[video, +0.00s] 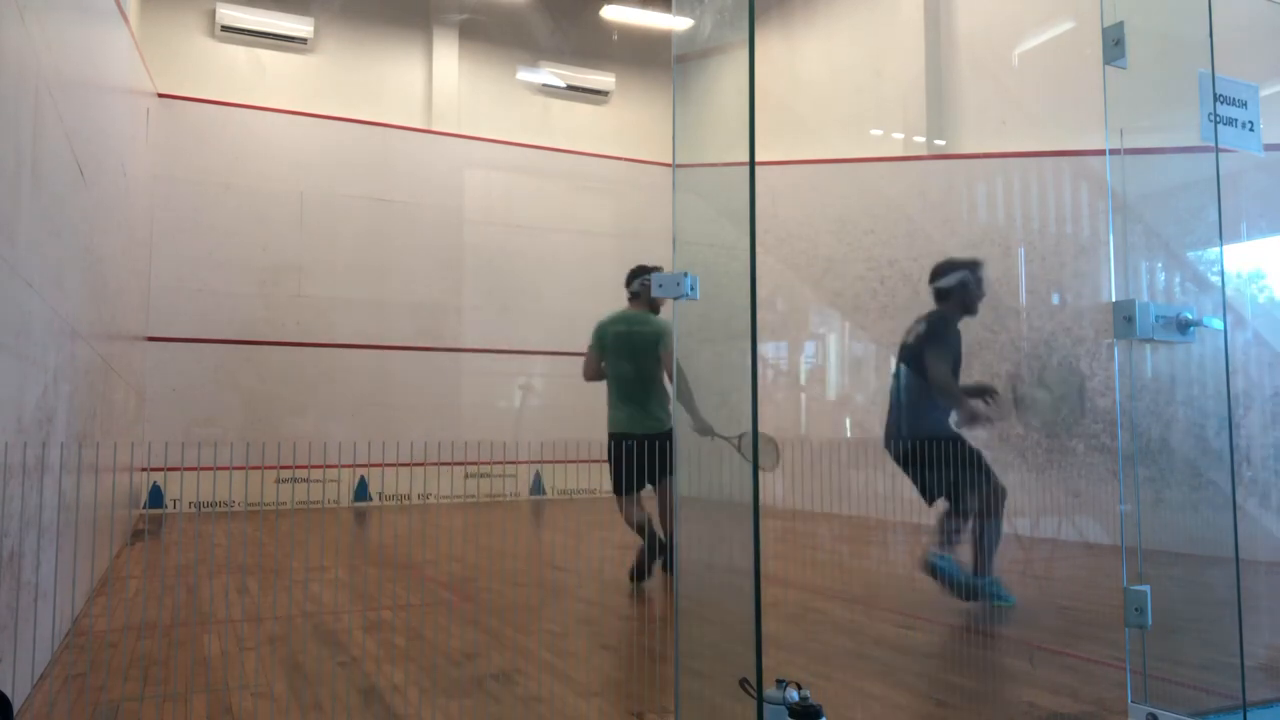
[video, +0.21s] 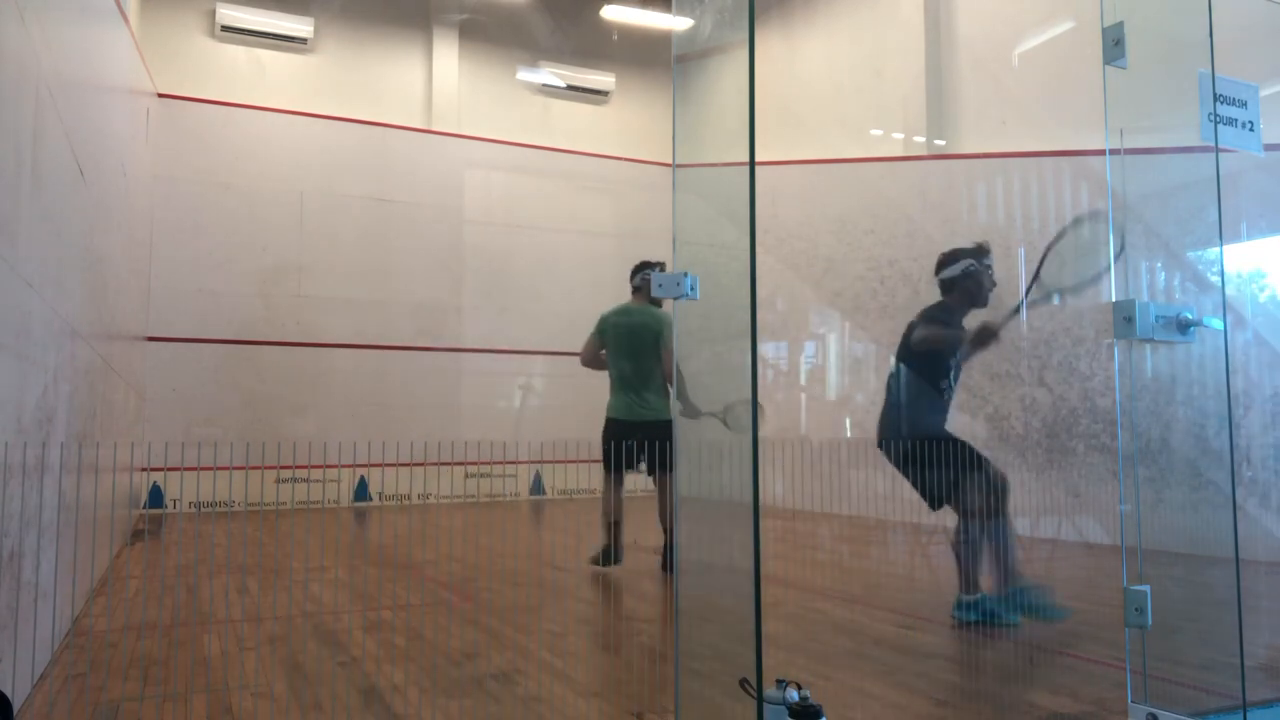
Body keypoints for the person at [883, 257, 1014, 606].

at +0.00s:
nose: (982, 295)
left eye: (981, 288)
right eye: (977, 288)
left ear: (948, 292)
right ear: (960, 290)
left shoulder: (925, 325)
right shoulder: (943, 326)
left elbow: (929, 386)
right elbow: (938, 377)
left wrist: (969, 392)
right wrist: (964, 406)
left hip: (906, 435)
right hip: (929, 434)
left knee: (964, 492)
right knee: (993, 493)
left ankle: (942, 553)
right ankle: (983, 578)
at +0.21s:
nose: (993, 280)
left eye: (991, 272)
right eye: (986, 273)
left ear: (959, 282)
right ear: (963, 280)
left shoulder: (950, 325)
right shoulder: (936, 317)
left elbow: (942, 367)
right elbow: (916, 341)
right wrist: (968, 339)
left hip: (925, 433)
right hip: (910, 435)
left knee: (985, 494)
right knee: (984, 491)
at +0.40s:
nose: (987, 293)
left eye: (986, 285)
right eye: (983, 284)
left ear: (952, 286)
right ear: (962, 285)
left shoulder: (927, 320)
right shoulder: (934, 321)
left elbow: (875, 353)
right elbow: (934, 368)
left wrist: (828, 382)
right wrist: (988, 340)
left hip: (890, 437)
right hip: (880, 438)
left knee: (946, 508)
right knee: (923, 524)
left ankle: (968, 599)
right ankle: (881, 629)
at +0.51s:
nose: (972, 292)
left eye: (971, 283)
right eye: (966, 283)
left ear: (928, 287)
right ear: (946, 288)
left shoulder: (883, 319)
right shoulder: (938, 341)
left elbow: (830, 353)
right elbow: (987, 406)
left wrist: (789, 389)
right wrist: (1042, 409)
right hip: (876, 441)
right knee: (917, 527)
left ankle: (955, 594)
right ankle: (879, 633)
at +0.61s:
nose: (945, 280)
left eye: (944, 271)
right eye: (944, 272)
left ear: (903, 268)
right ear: (935, 275)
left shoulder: (861, 302)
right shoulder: (924, 323)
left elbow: (809, 345)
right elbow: (965, 390)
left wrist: (779, 392)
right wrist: (998, 446)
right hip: (864, 431)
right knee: (902, 522)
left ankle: (902, 592)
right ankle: (880, 631)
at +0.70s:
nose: (915, 252)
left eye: (906, 244)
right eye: (915, 245)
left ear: (877, 243)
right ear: (914, 248)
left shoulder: (839, 282)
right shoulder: (912, 304)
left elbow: (788, 324)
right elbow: (917, 380)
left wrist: (757, 368)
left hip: (812, 412)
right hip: (856, 418)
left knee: (850, 494)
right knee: (870, 511)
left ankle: (840, 586)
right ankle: (871, 623)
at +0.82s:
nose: (884, 254)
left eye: (871, 246)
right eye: (887, 248)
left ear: (851, 245)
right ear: (888, 250)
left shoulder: (817, 286)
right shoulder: (894, 303)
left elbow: (759, 325)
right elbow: (895, 383)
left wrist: (713, 366)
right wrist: (892, 445)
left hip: (797, 414)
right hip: (849, 420)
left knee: (800, 497)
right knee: (857, 519)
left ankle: (779, 584)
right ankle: (838, 624)